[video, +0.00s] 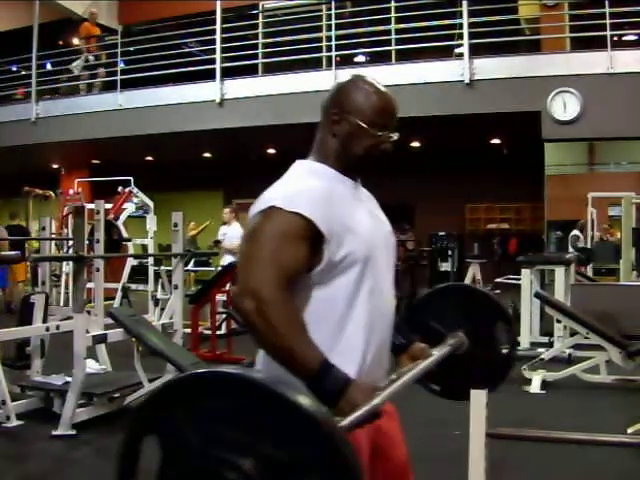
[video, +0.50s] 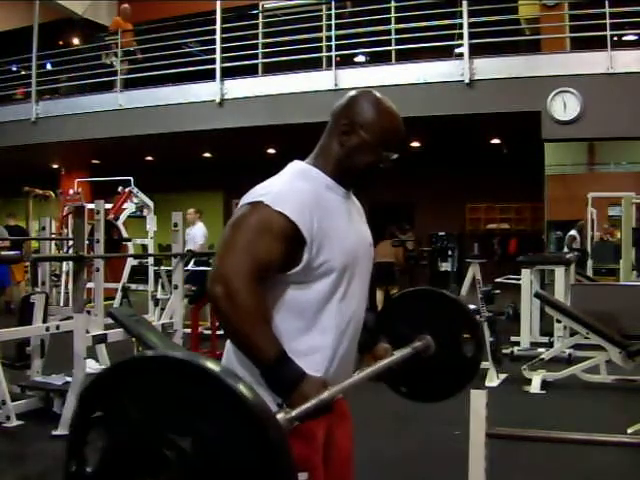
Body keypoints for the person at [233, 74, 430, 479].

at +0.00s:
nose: (386, 142)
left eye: (389, 132)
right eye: (375, 129)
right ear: (335, 121)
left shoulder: (361, 200)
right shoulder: (304, 191)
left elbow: (352, 298)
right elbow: (256, 295)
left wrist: (402, 344)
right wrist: (335, 386)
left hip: (373, 414)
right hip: (312, 426)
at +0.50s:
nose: (386, 162)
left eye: (390, 152)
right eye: (384, 149)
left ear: (349, 134)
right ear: (347, 133)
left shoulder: (350, 206)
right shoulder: (287, 198)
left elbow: (335, 294)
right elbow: (227, 283)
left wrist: (371, 342)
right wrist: (290, 379)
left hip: (328, 405)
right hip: (273, 413)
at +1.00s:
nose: (351, 128)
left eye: (349, 119)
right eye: (336, 118)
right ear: (300, 128)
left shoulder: (329, 207)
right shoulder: (269, 196)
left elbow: (316, 306)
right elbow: (221, 290)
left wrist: (356, 357)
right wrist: (276, 387)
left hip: (316, 408)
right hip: (257, 415)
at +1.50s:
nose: (308, 107)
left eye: (303, 100)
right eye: (291, 103)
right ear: (261, 125)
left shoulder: (318, 204)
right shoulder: (242, 202)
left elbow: (326, 300)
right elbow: (225, 309)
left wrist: (354, 367)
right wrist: (263, 410)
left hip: (305, 409)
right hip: (241, 422)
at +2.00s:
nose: (296, 110)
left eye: (290, 103)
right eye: (279, 106)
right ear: (249, 127)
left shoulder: (311, 204)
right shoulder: (237, 204)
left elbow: (326, 299)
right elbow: (239, 315)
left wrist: (355, 370)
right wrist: (270, 411)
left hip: (308, 407)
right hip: (247, 419)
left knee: (323, 473)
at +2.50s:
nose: (297, 109)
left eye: (291, 102)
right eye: (280, 105)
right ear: (249, 125)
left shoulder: (308, 204)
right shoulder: (231, 207)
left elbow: (326, 298)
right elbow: (230, 318)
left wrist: (350, 370)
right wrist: (267, 413)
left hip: (303, 407)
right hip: (242, 420)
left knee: (318, 471)